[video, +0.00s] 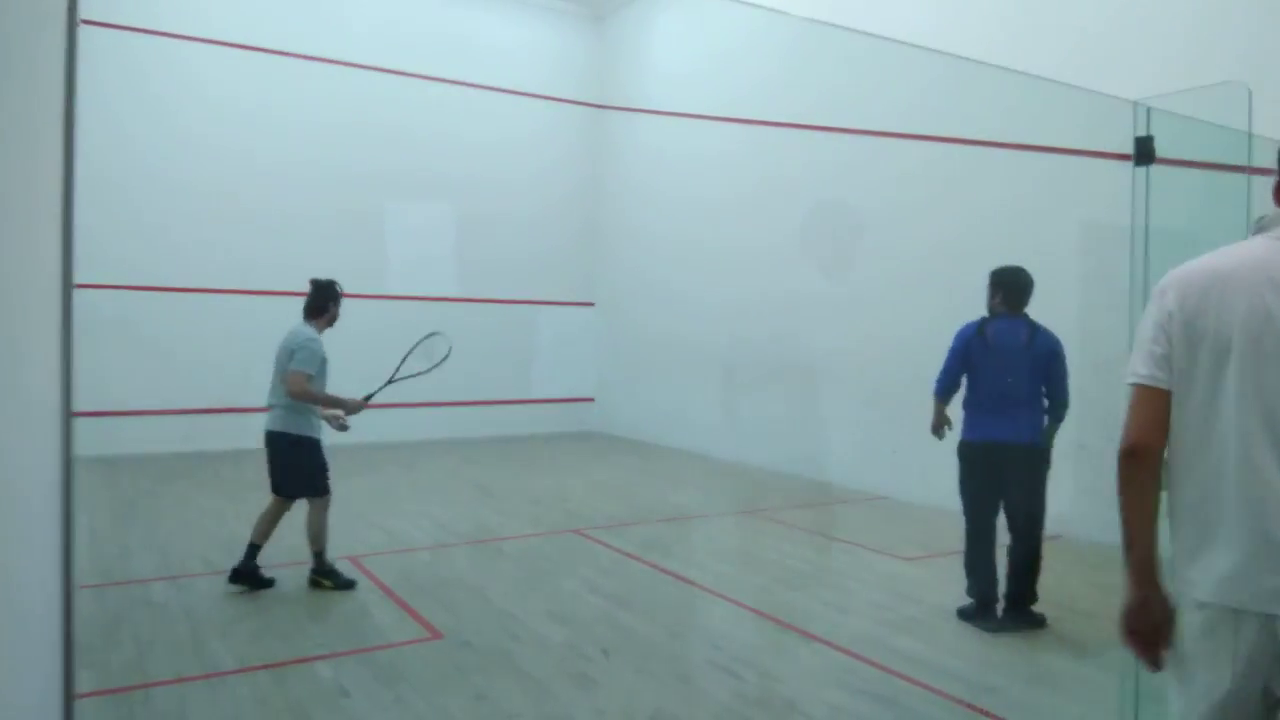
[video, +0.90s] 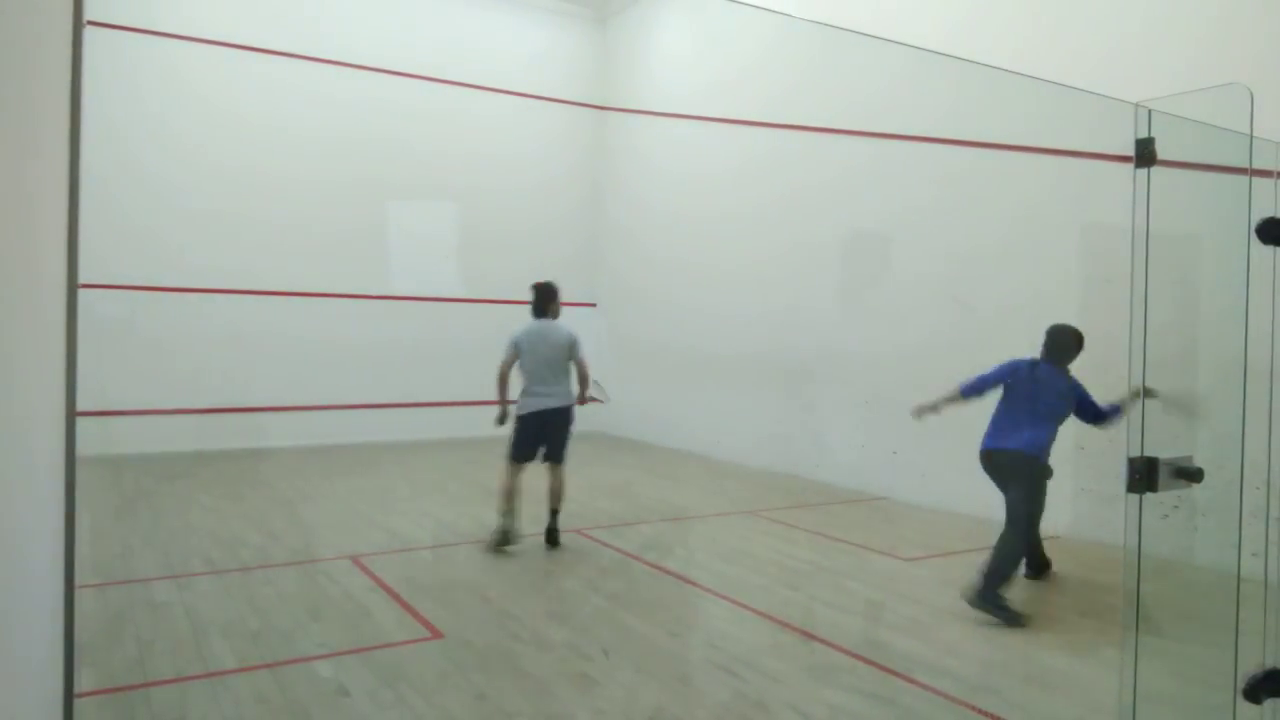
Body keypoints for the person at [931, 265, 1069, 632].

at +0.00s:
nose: (988, 299)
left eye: (990, 293)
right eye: (992, 294)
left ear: (995, 296)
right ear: (1026, 298)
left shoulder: (972, 334)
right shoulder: (1045, 341)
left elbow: (948, 377)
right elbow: (1059, 399)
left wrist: (939, 410)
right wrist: (1048, 433)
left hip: (979, 451)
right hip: (1027, 452)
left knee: (979, 527)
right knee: (1026, 532)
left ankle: (982, 602)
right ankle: (1019, 605)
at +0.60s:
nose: (1000, 305)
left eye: (1002, 299)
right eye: (1004, 299)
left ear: (1007, 303)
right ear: (1038, 305)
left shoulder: (982, 337)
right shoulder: (1054, 344)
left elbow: (957, 382)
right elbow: (1066, 398)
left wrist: (952, 423)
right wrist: (1058, 432)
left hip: (982, 449)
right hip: (1027, 451)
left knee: (980, 521)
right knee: (1025, 530)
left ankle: (981, 593)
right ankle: (1014, 610)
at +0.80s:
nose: (1072, 346)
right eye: (1074, 341)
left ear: (1042, 333)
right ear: (1070, 342)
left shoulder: (1011, 357)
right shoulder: (1070, 376)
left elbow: (971, 367)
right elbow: (1110, 416)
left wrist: (947, 376)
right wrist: (1139, 416)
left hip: (981, 452)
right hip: (1021, 458)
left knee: (998, 502)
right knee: (1038, 534)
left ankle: (1007, 566)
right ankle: (1013, 609)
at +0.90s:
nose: (1075, 356)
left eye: (1073, 350)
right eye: (1075, 351)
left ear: (1045, 345)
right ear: (1072, 354)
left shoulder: (1018, 368)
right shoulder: (1069, 387)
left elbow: (977, 385)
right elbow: (1099, 417)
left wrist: (937, 403)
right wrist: (1132, 398)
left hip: (992, 456)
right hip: (1027, 462)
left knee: (1028, 509)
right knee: (1019, 527)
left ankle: (1036, 562)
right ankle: (987, 592)